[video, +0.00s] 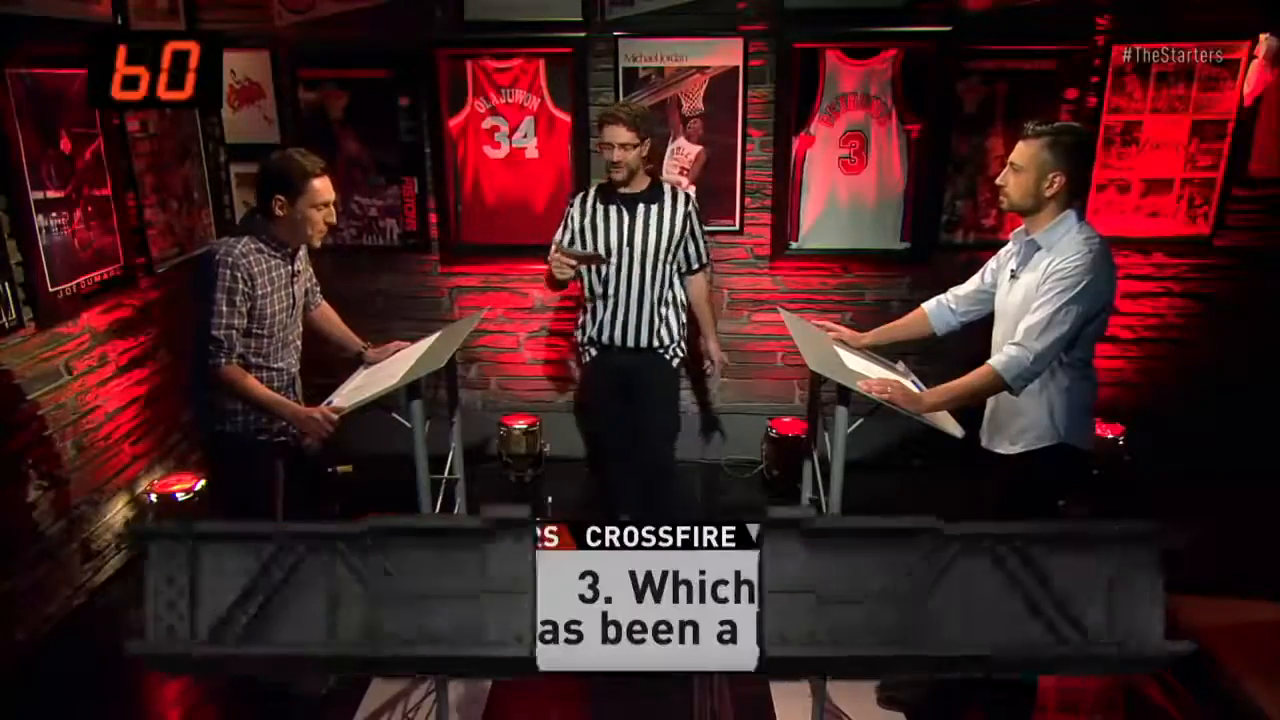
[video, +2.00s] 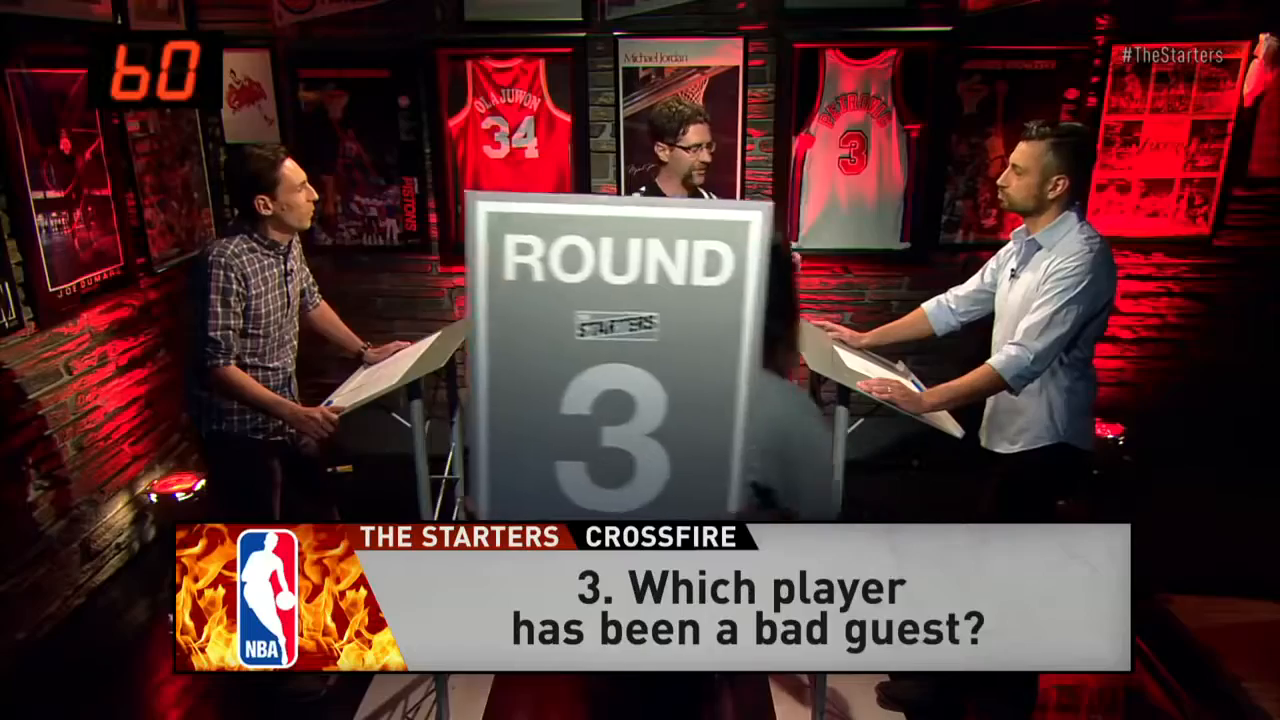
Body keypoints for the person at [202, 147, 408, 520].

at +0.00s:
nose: (332, 219)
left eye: (332, 206)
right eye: (321, 208)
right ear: (280, 207)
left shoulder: (294, 249)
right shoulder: (233, 261)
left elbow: (314, 306)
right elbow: (221, 366)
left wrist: (364, 351)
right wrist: (297, 414)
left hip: (288, 432)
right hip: (244, 439)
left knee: (302, 537)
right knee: (256, 545)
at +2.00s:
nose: (314, 196)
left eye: (308, 185)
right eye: (300, 189)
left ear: (269, 205)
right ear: (266, 205)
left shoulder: (289, 247)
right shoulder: (226, 261)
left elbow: (312, 304)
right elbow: (218, 367)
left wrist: (364, 351)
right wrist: (293, 413)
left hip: (286, 425)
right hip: (240, 435)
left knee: (305, 525)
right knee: (252, 537)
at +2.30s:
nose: (314, 196)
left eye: (308, 185)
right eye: (301, 189)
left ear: (270, 205)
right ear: (266, 205)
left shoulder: (289, 246)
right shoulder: (227, 261)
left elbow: (312, 304)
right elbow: (218, 367)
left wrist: (364, 350)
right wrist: (293, 413)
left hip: (285, 425)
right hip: (241, 435)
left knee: (298, 527)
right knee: (253, 538)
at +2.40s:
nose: (310, 198)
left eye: (307, 187)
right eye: (301, 190)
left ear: (272, 205)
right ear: (266, 205)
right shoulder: (227, 260)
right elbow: (217, 366)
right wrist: (294, 413)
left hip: (283, 428)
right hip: (240, 435)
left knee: (293, 530)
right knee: (252, 538)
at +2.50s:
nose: (306, 204)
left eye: (307, 192)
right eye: (296, 194)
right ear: (262, 198)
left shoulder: (296, 251)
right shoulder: (231, 256)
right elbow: (219, 364)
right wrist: (284, 406)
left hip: (287, 428)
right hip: (242, 435)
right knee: (246, 533)